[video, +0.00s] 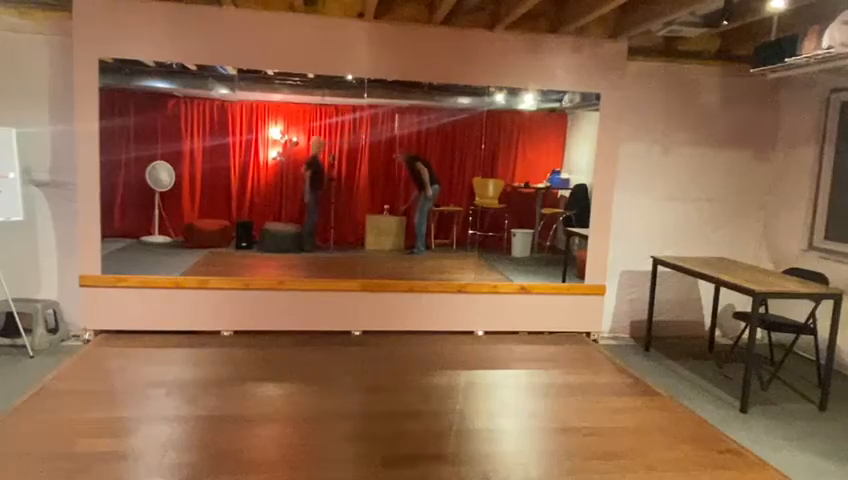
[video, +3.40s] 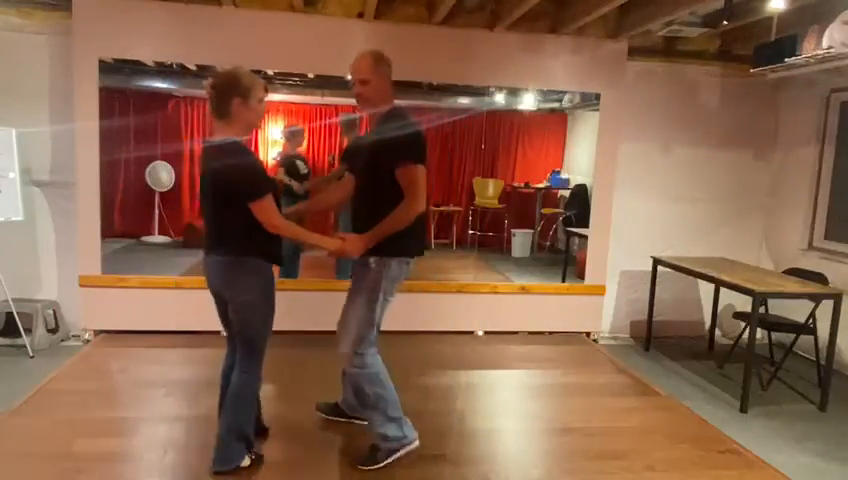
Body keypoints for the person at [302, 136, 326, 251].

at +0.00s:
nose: (321, 148)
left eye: (322, 145)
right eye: (319, 145)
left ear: (320, 146)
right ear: (315, 146)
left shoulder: (318, 162)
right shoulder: (311, 162)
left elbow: (319, 179)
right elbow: (307, 181)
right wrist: (307, 195)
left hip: (317, 193)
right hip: (312, 194)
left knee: (314, 217)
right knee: (312, 217)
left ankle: (311, 241)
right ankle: (308, 242)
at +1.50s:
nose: (301, 147)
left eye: (303, 144)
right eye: (299, 144)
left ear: (307, 145)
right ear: (295, 146)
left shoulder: (312, 160)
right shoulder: (291, 161)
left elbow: (317, 176)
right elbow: (288, 180)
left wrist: (318, 189)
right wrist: (285, 194)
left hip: (308, 193)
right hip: (293, 193)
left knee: (309, 221)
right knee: (292, 222)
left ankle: (310, 248)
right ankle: (289, 251)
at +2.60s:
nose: (299, 141)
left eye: (299, 138)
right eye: (297, 138)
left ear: (297, 139)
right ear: (289, 138)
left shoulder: (303, 158)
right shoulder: (275, 157)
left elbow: (311, 176)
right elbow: (269, 179)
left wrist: (324, 184)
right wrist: (267, 198)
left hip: (299, 198)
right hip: (281, 198)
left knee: (298, 231)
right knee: (280, 231)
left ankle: (294, 264)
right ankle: (280, 268)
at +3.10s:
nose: (302, 141)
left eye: (302, 138)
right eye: (299, 138)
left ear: (298, 140)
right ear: (290, 138)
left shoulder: (302, 159)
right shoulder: (280, 158)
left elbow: (309, 178)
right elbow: (273, 176)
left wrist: (323, 185)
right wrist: (281, 183)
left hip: (302, 200)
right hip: (285, 200)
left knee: (298, 236)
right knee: (283, 234)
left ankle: (292, 271)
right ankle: (278, 267)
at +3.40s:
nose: (303, 140)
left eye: (303, 137)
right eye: (301, 137)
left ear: (289, 138)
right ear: (295, 138)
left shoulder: (301, 158)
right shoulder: (286, 160)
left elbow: (307, 179)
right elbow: (280, 178)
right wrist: (296, 185)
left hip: (299, 200)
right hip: (287, 200)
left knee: (295, 235)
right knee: (288, 235)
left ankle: (291, 269)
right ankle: (287, 269)